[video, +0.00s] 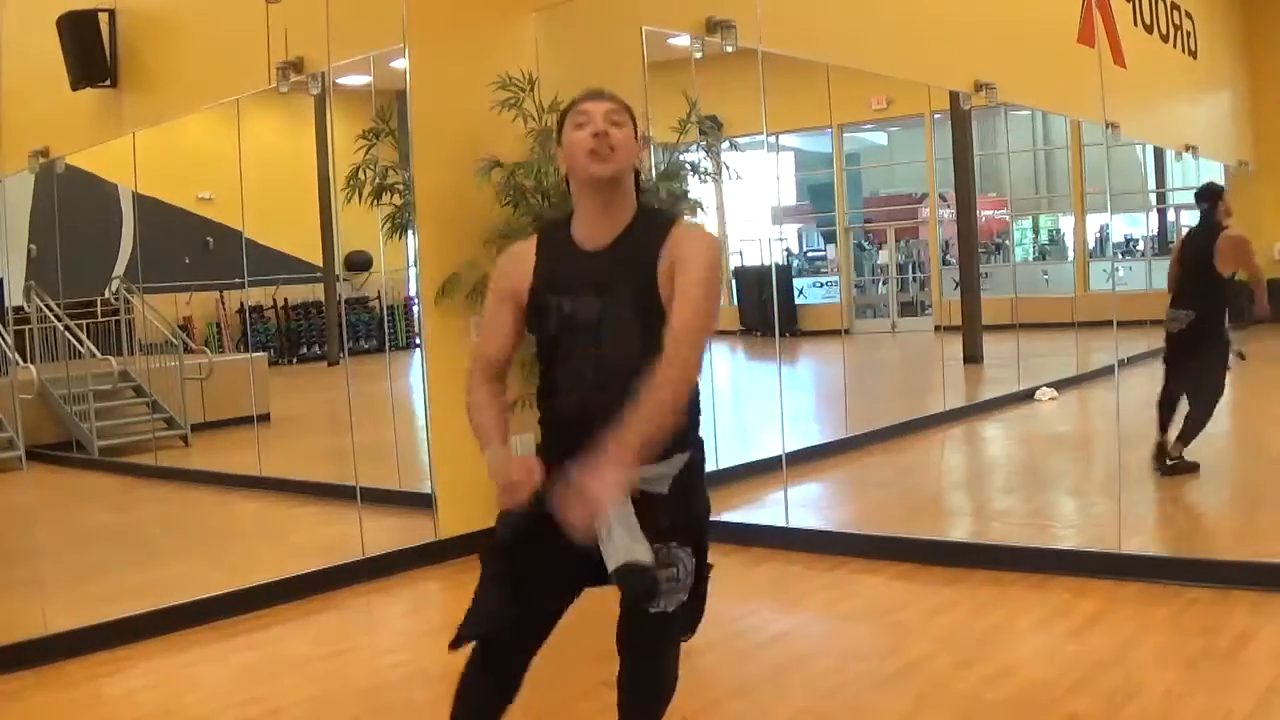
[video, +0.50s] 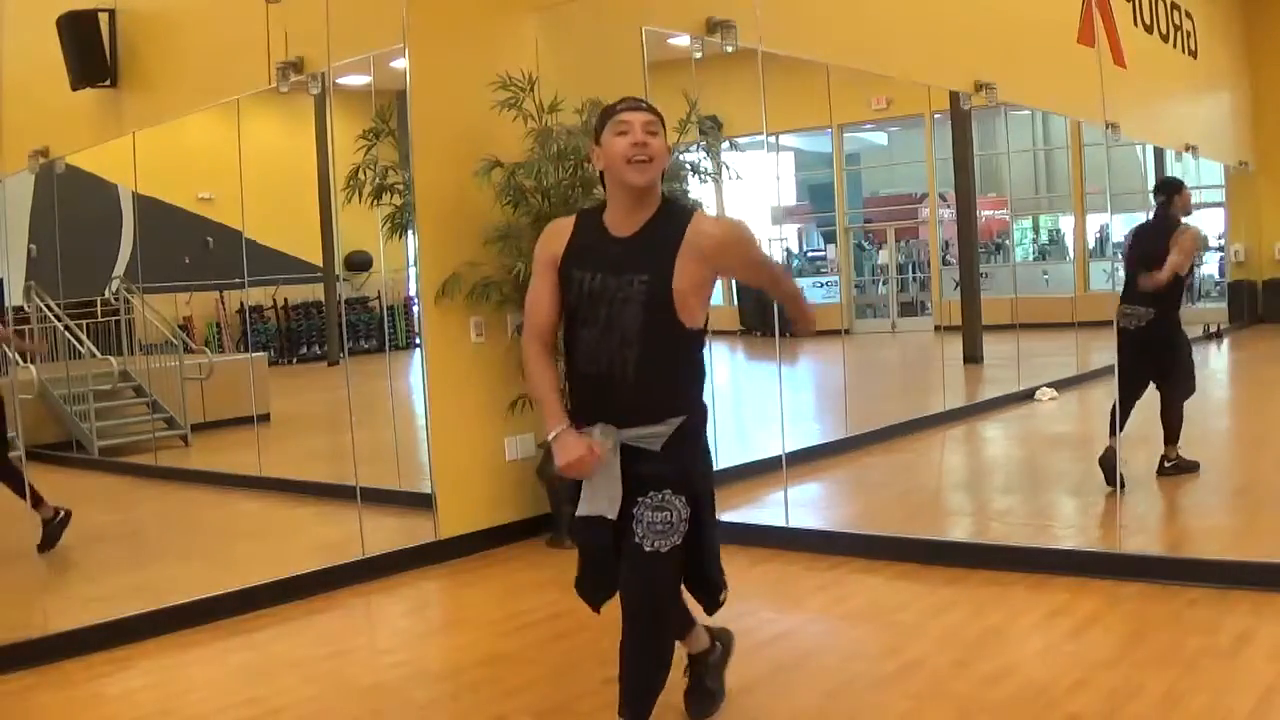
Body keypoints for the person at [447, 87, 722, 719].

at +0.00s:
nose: (599, 130)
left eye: (615, 122)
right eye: (582, 124)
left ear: (640, 150)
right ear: (561, 157)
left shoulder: (687, 247)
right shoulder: (523, 261)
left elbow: (675, 378)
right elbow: (488, 373)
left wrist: (607, 467)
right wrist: (500, 457)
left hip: (659, 488)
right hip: (560, 482)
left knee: (646, 681)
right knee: (494, 663)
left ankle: (639, 717)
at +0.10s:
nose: (595, 143)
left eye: (610, 136)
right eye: (579, 138)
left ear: (635, 161)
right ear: (559, 171)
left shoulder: (684, 261)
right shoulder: (521, 272)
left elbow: (729, 388)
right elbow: (515, 393)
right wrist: (531, 501)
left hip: (663, 488)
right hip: (567, 485)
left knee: (643, 671)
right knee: (510, 630)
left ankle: (636, 719)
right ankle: (477, 711)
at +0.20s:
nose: (602, 133)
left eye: (616, 126)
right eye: (585, 127)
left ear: (638, 154)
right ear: (564, 159)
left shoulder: (691, 248)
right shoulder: (528, 256)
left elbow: (762, 315)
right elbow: (515, 375)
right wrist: (563, 461)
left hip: (659, 470)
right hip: (567, 462)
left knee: (643, 632)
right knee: (544, 595)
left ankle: (635, 714)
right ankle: (538, 684)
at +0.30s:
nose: (618, 125)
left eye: (632, 116)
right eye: (601, 117)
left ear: (653, 139)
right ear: (579, 145)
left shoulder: (701, 224)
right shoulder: (541, 235)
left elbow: (766, 244)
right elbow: (514, 344)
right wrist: (571, 422)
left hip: (655, 453)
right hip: (568, 447)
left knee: (640, 613)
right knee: (576, 573)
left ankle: (631, 710)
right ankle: (608, 652)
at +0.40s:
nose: (633, 126)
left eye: (646, 119)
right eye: (617, 119)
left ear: (665, 144)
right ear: (593, 147)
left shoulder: (699, 222)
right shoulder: (553, 230)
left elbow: (771, 233)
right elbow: (523, 335)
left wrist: (783, 229)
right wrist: (567, 416)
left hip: (658, 444)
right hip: (578, 442)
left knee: (640, 603)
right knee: (597, 572)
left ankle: (632, 710)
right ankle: (670, 637)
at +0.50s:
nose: (640, 140)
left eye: (651, 132)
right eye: (624, 132)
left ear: (669, 153)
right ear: (598, 156)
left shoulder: (708, 237)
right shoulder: (561, 239)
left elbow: (777, 283)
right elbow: (537, 343)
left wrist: (803, 317)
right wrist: (559, 429)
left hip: (667, 443)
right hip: (592, 442)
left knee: (646, 595)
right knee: (623, 573)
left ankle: (632, 714)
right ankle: (704, 644)